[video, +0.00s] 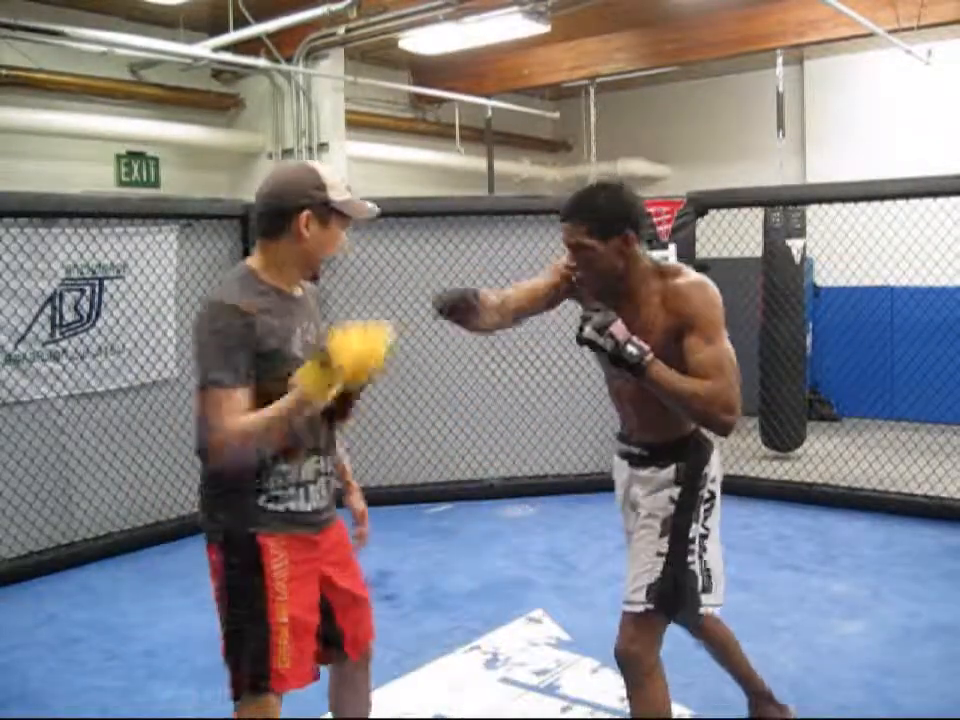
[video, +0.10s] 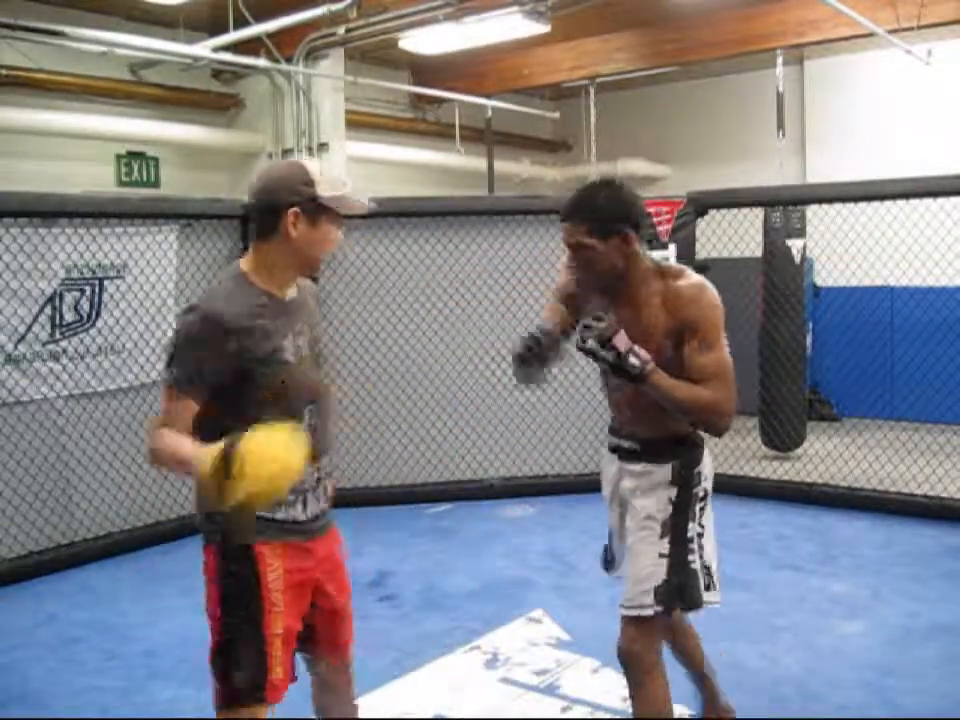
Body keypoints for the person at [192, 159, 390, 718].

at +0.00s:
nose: (343, 239)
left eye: (345, 226)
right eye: (339, 225)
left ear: (304, 227)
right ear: (303, 225)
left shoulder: (304, 298)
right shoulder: (228, 309)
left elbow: (309, 411)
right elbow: (222, 443)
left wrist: (347, 482)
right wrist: (306, 396)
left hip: (319, 519)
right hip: (255, 529)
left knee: (353, 651)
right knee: (261, 690)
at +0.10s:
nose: (339, 237)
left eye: (340, 222)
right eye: (332, 221)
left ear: (296, 225)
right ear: (293, 224)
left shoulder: (303, 296)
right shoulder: (214, 318)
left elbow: (290, 401)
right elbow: (164, 438)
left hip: (316, 530)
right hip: (251, 544)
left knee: (334, 670)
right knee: (246, 699)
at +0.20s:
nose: (326, 247)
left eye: (326, 233)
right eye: (319, 232)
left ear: (281, 235)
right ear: (280, 234)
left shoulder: (296, 309)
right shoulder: (192, 337)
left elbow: (290, 417)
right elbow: (150, 452)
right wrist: (177, 513)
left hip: (310, 557)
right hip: (240, 574)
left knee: (329, 690)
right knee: (243, 709)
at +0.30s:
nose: (323, 251)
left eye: (323, 237)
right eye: (316, 236)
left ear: (276, 236)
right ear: (277, 237)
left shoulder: (292, 305)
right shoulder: (179, 347)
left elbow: (282, 421)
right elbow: (142, 472)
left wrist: (292, 520)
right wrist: (192, 547)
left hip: (303, 556)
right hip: (226, 576)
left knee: (343, 691)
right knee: (226, 710)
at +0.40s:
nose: (332, 243)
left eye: (333, 228)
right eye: (327, 227)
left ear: (288, 227)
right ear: (291, 227)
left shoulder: (292, 295)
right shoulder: (191, 338)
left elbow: (283, 424)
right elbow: (147, 478)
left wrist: (306, 518)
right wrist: (249, 538)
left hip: (307, 561)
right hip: (224, 583)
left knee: (364, 701)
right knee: (225, 711)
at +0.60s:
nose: (383, 257)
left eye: (384, 240)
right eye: (382, 239)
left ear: (327, 240)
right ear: (356, 241)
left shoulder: (312, 326)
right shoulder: (257, 350)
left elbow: (294, 501)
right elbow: (243, 524)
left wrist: (364, 564)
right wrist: (386, 541)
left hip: (335, 607)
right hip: (252, 627)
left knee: (394, 710)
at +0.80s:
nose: (471, 252)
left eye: (471, 235)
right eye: (473, 235)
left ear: (389, 229)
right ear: (456, 237)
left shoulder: (383, 316)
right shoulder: (373, 327)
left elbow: (376, 498)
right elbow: (369, 512)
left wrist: (476, 544)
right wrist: (492, 543)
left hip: (416, 625)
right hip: (348, 649)